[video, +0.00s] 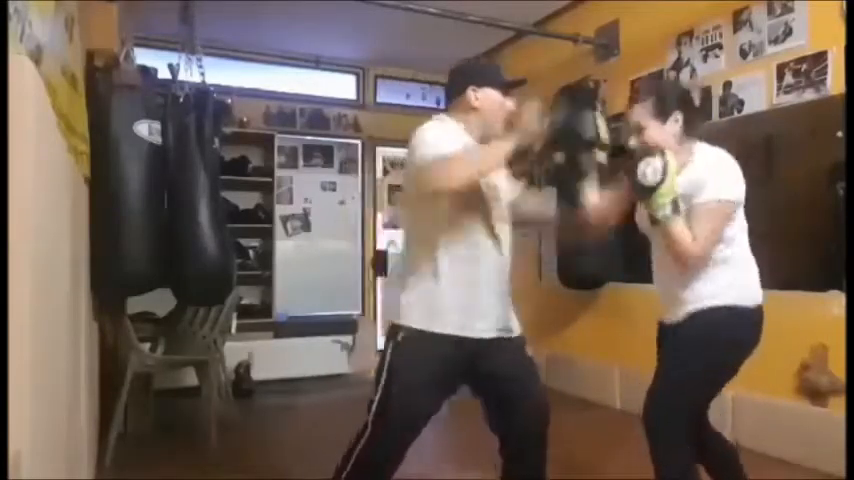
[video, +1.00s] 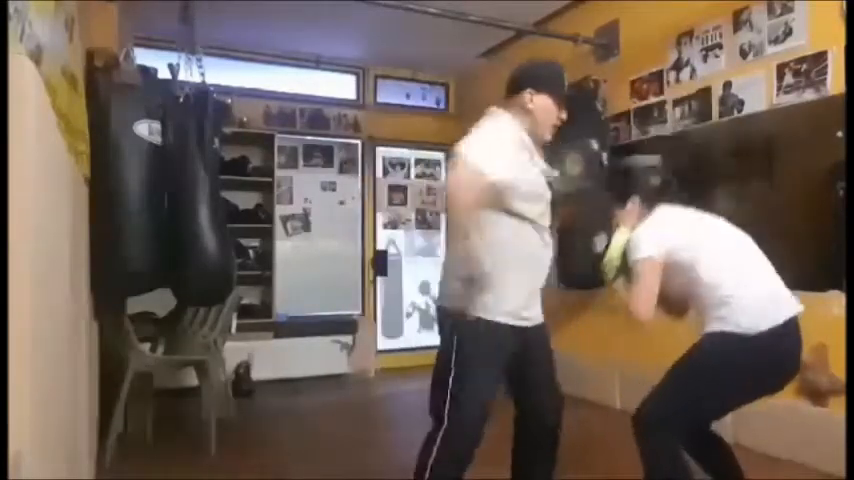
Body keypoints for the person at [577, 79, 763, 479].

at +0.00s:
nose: (635, 139)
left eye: (642, 128)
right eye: (632, 130)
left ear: (676, 121)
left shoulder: (717, 167)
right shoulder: (652, 169)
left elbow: (692, 255)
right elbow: (598, 215)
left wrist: (660, 200)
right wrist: (580, 162)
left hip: (726, 312)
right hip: (679, 316)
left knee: (663, 416)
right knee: (688, 421)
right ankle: (731, 471)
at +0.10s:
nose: (613, 187)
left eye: (620, 175)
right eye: (611, 178)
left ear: (655, 166)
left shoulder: (702, 200)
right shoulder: (647, 206)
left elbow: (686, 290)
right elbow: (621, 278)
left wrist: (653, 250)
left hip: (741, 329)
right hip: (694, 329)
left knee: (659, 421)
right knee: (660, 419)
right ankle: (713, 470)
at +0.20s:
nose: (598, 230)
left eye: (605, 219)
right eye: (597, 220)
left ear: (638, 212)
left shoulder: (679, 240)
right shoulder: (663, 242)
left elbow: (671, 333)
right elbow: (671, 331)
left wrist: (630, 293)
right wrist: (625, 301)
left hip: (751, 350)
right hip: (724, 345)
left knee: (654, 424)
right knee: (652, 418)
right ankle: (711, 472)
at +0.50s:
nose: (615, 198)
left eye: (617, 187)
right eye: (612, 188)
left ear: (639, 180)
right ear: (645, 181)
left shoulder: (659, 214)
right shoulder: (684, 202)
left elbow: (671, 294)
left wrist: (633, 264)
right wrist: (638, 256)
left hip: (724, 347)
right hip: (754, 345)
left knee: (629, 420)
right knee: (665, 427)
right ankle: (720, 473)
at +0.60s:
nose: (626, 182)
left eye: (627, 170)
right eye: (622, 173)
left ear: (652, 157)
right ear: (651, 160)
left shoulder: (698, 188)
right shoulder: (672, 201)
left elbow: (690, 272)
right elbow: (637, 263)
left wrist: (652, 231)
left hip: (730, 328)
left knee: (644, 417)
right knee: (669, 424)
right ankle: (722, 473)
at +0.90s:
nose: (618, 187)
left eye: (621, 176)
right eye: (615, 179)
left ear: (645, 168)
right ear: (648, 170)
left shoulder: (665, 200)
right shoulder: (685, 191)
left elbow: (656, 278)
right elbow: (692, 278)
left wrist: (626, 236)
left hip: (737, 325)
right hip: (766, 322)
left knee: (658, 417)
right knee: (686, 420)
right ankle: (730, 473)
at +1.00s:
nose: (616, 220)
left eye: (617, 210)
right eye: (613, 212)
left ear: (633, 204)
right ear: (656, 197)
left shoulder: (649, 231)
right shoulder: (688, 219)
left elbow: (642, 311)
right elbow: (678, 307)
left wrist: (617, 276)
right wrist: (632, 268)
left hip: (737, 345)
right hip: (783, 342)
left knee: (652, 422)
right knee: (689, 424)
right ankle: (731, 473)